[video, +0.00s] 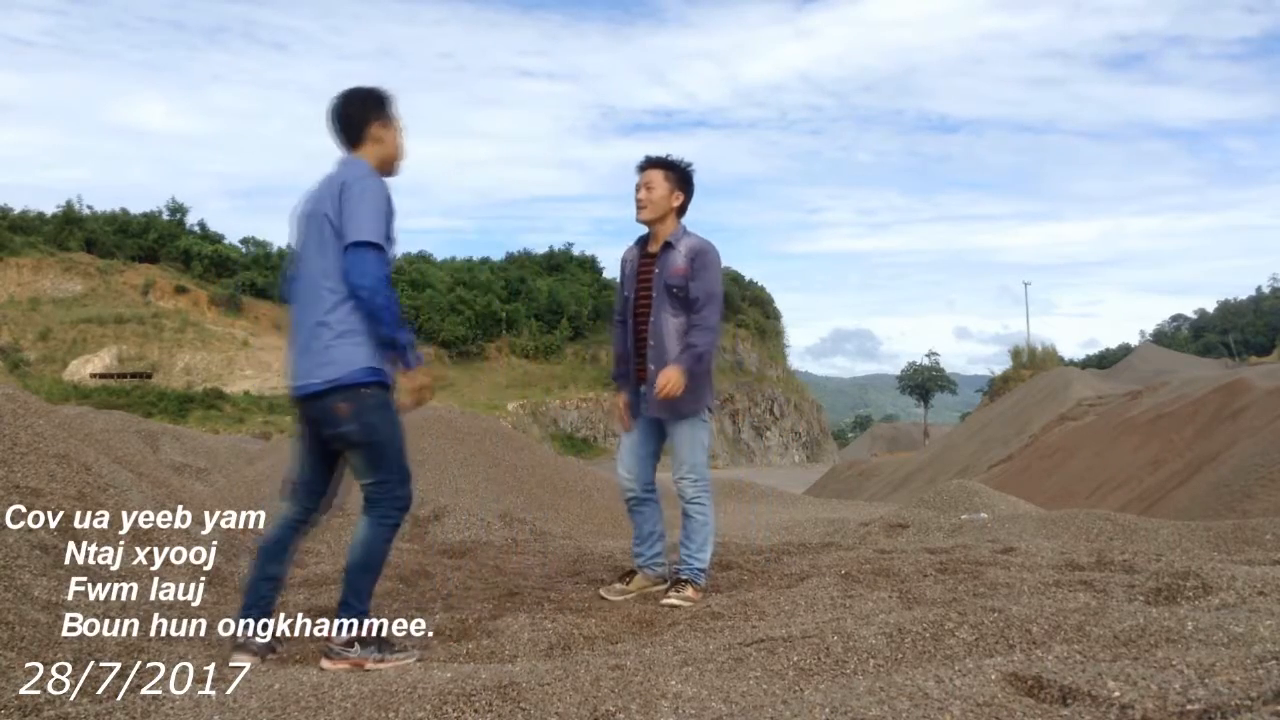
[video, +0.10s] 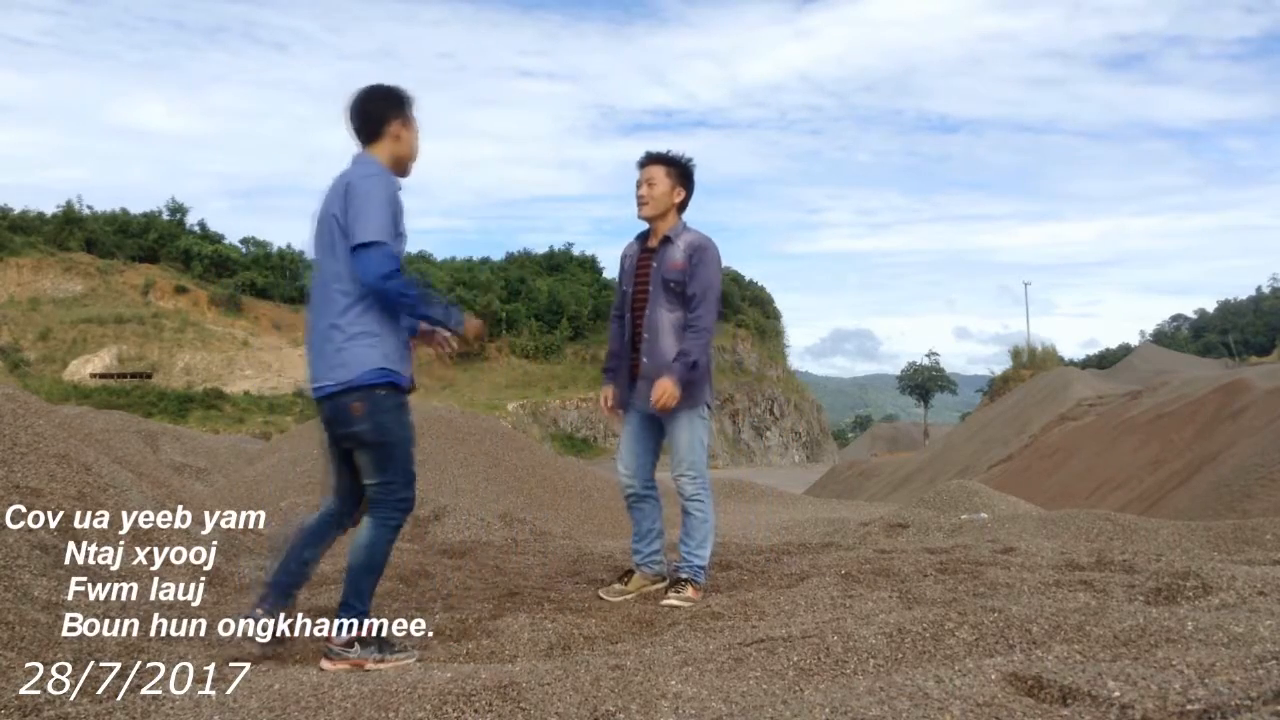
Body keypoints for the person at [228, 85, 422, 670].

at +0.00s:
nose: (402, 140)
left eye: (398, 129)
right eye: (395, 128)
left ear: (350, 135)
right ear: (375, 131)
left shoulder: (318, 197)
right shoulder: (362, 182)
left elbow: (293, 284)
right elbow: (366, 276)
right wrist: (406, 348)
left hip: (314, 384)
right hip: (353, 377)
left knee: (303, 502)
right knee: (388, 498)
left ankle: (251, 625)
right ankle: (351, 633)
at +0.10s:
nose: (419, 142)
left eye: (416, 130)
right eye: (415, 130)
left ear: (369, 133)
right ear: (397, 130)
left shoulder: (343, 189)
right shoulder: (372, 184)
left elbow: (355, 291)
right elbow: (379, 273)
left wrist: (411, 329)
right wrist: (451, 315)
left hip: (336, 379)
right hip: (367, 378)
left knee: (346, 502)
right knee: (391, 503)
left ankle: (267, 612)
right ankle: (350, 635)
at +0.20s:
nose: (432, 145)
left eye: (430, 133)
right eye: (429, 132)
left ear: (387, 129)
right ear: (411, 128)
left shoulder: (366, 181)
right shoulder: (379, 175)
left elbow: (407, 275)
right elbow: (406, 257)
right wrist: (489, 251)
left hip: (364, 371)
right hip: (377, 371)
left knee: (393, 488)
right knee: (390, 498)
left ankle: (306, 584)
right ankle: (349, 636)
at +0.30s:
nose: (451, 143)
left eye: (451, 134)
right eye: (450, 133)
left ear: (402, 128)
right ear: (436, 129)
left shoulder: (384, 175)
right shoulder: (396, 172)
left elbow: (403, 254)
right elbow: (439, 236)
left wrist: (447, 216)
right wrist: (518, 189)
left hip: (388, 367)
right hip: (391, 369)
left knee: (445, 469)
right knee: (389, 503)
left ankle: (383, 578)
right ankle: (348, 637)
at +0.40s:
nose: (472, 147)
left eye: (470, 136)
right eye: (469, 136)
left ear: (429, 132)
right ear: (452, 133)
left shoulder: (411, 180)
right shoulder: (416, 175)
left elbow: (443, 249)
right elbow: (454, 241)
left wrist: (461, 225)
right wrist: (530, 195)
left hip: (418, 375)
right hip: (405, 374)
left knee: (480, 465)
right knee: (394, 504)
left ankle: (440, 586)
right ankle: (348, 634)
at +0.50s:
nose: (491, 156)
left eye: (489, 144)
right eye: (489, 143)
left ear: (448, 141)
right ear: (474, 140)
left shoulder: (434, 197)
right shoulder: (438, 186)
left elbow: (459, 297)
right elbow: (457, 265)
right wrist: (544, 277)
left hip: (446, 380)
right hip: (428, 377)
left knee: (504, 472)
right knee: (406, 503)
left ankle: (514, 592)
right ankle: (349, 631)